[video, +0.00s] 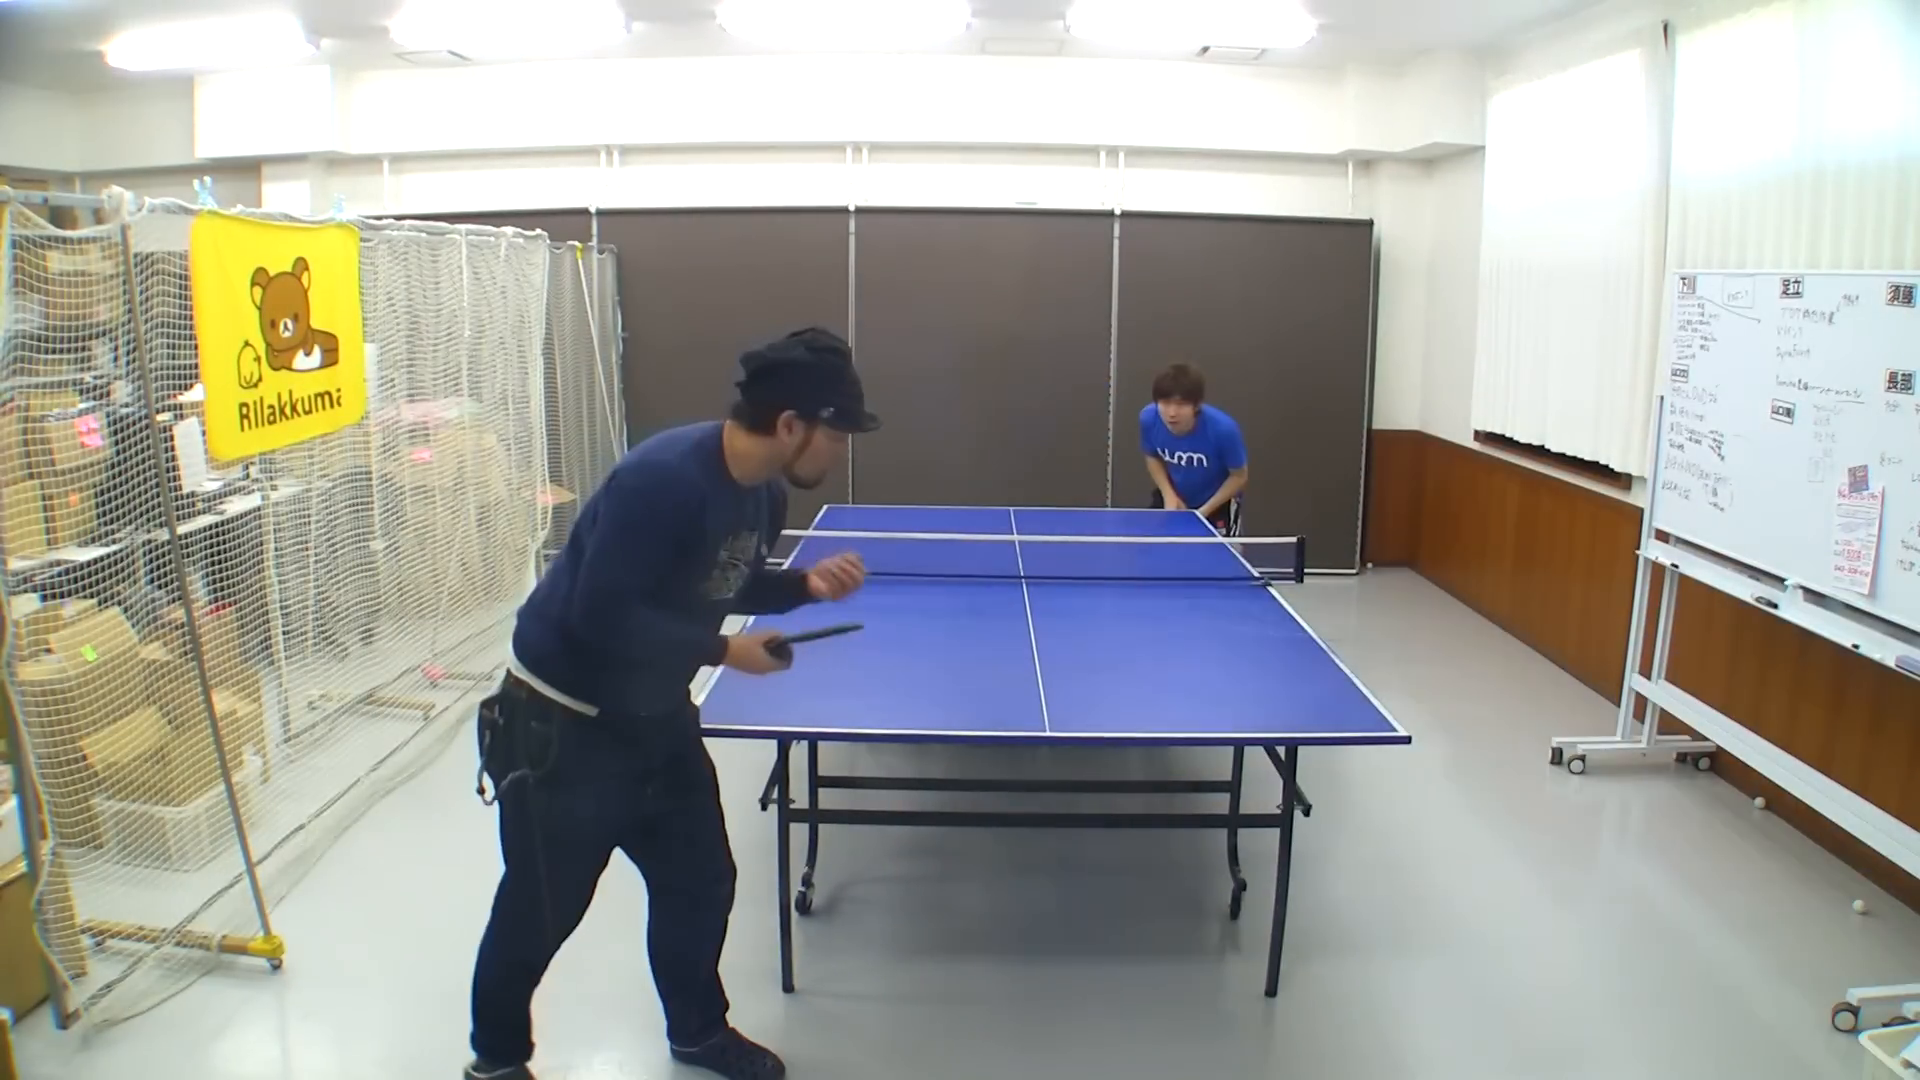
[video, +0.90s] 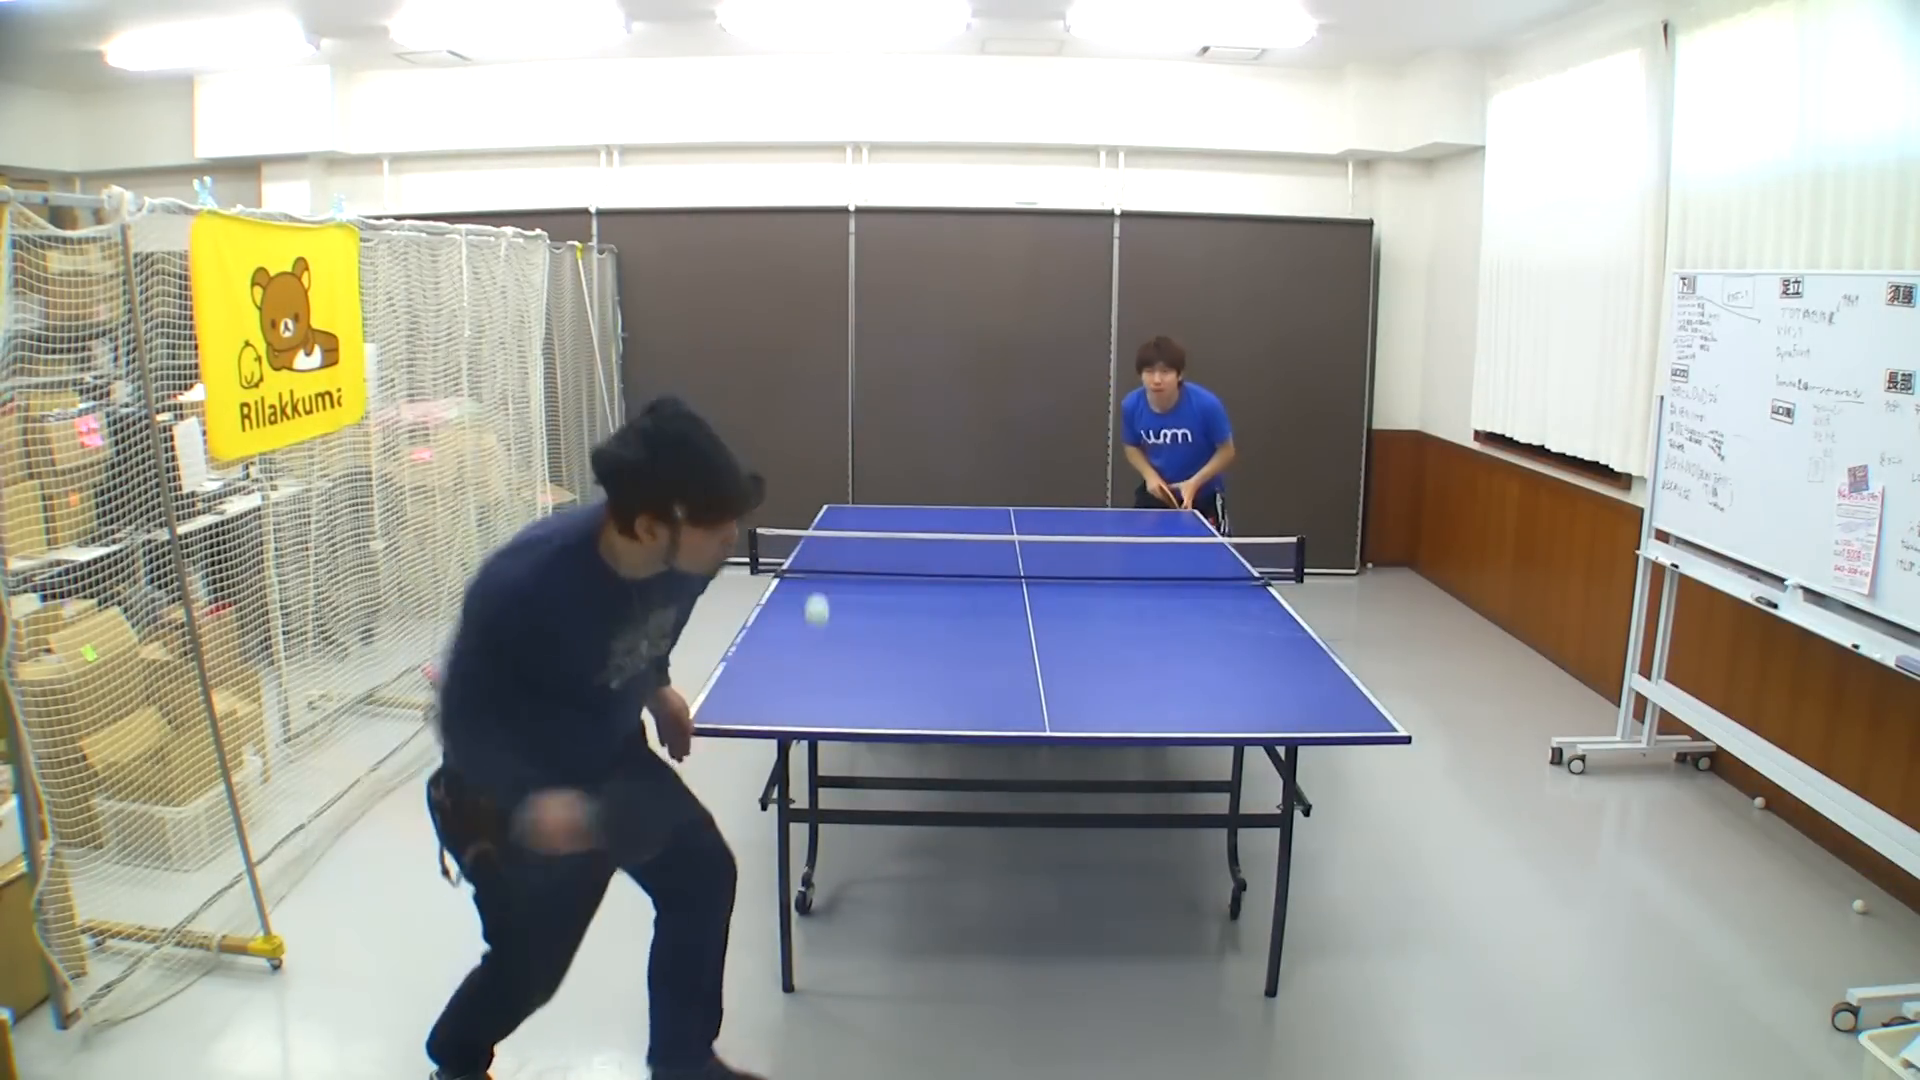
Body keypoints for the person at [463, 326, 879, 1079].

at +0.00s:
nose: (842, 449)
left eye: (845, 433)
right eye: (837, 431)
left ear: (789, 426)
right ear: (791, 426)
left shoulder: (764, 494)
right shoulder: (660, 480)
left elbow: (718, 586)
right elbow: (602, 617)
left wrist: (803, 584)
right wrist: (718, 649)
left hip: (654, 715)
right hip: (559, 716)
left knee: (697, 884)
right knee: (541, 901)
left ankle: (698, 1033)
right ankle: (496, 1057)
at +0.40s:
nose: (799, 442)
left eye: (798, 426)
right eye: (787, 427)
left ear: (734, 429)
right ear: (730, 428)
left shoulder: (736, 497)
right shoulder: (610, 499)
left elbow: (717, 596)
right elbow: (573, 649)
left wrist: (791, 626)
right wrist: (696, 661)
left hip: (643, 729)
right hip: (542, 735)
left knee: (701, 885)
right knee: (512, 923)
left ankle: (697, 1033)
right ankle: (460, 1058)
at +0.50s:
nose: (764, 445)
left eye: (763, 427)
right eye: (751, 429)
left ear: (699, 435)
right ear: (693, 434)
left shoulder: (715, 499)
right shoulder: (573, 507)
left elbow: (705, 604)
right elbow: (506, 656)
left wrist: (784, 644)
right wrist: (624, 716)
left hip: (630, 737)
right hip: (527, 748)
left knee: (701, 892)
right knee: (505, 932)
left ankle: (698, 1035)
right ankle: (457, 1061)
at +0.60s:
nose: (741, 462)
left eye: (741, 446)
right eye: (728, 448)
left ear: (679, 450)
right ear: (668, 449)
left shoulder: (705, 506)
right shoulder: (542, 518)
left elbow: (709, 604)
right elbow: (452, 632)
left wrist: (778, 613)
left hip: (627, 742)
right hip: (525, 760)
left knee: (695, 892)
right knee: (500, 942)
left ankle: (697, 1033)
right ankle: (457, 1059)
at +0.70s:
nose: (728, 476)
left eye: (727, 460)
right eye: (715, 464)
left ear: (661, 470)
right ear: (653, 470)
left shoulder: (697, 514)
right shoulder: (521, 529)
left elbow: (695, 591)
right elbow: (398, 603)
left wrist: (740, 659)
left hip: (620, 744)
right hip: (514, 761)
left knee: (691, 892)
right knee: (503, 943)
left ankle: (698, 1033)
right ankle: (457, 1056)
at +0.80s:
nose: (723, 498)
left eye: (722, 481)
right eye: (708, 485)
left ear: (649, 491)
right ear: (640, 491)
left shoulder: (695, 536)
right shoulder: (512, 543)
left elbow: (668, 607)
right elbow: (396, 620)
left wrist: (682, 688)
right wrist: (368, 754)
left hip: (619, 752)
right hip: (512, 771)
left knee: (699, 883)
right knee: (507, 951)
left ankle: (696, 1036)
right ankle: (456, 1058)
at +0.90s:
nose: (730, 539)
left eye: (730, 523)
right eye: (715, 525)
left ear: (660, 520)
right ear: (652, 524)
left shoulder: (688, 557)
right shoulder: (519, 586)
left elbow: (639, 630)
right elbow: (467, 722)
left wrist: (657, 688)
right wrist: (526, 795)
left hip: (612, 757)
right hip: (520, 779)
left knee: (703, 879)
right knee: (529, 969)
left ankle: (683, 1059)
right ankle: (455, 1055)